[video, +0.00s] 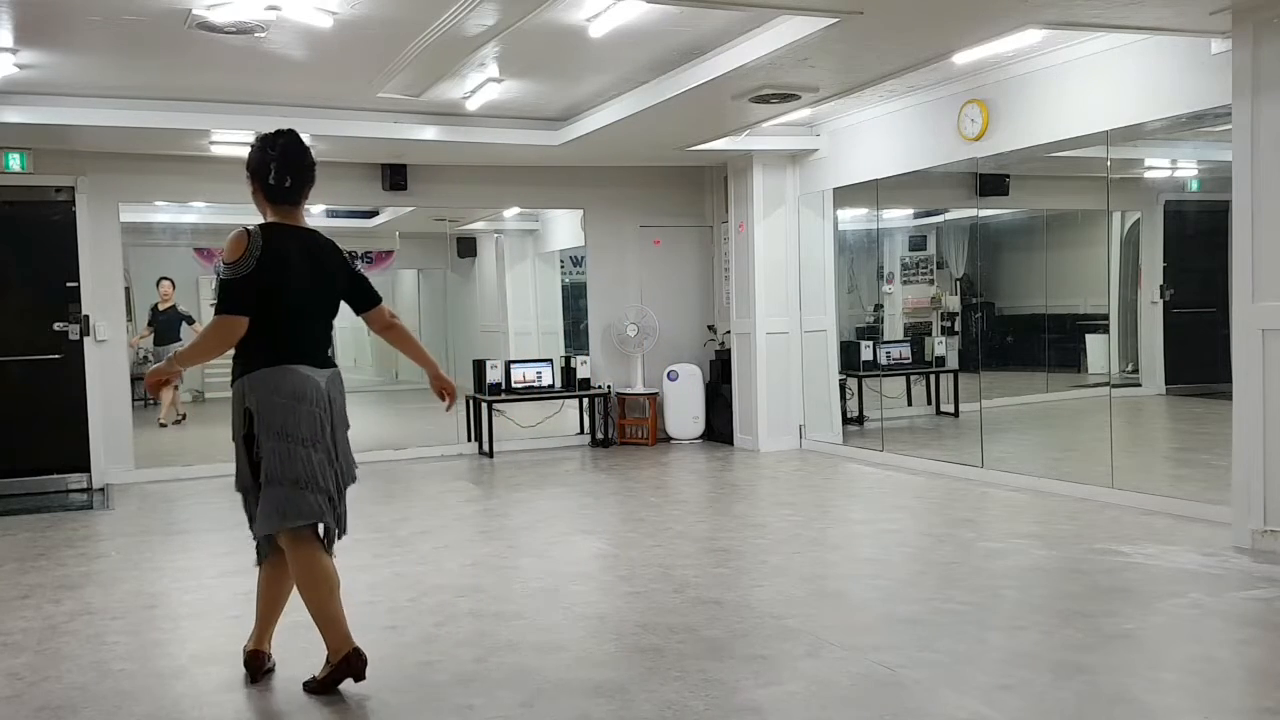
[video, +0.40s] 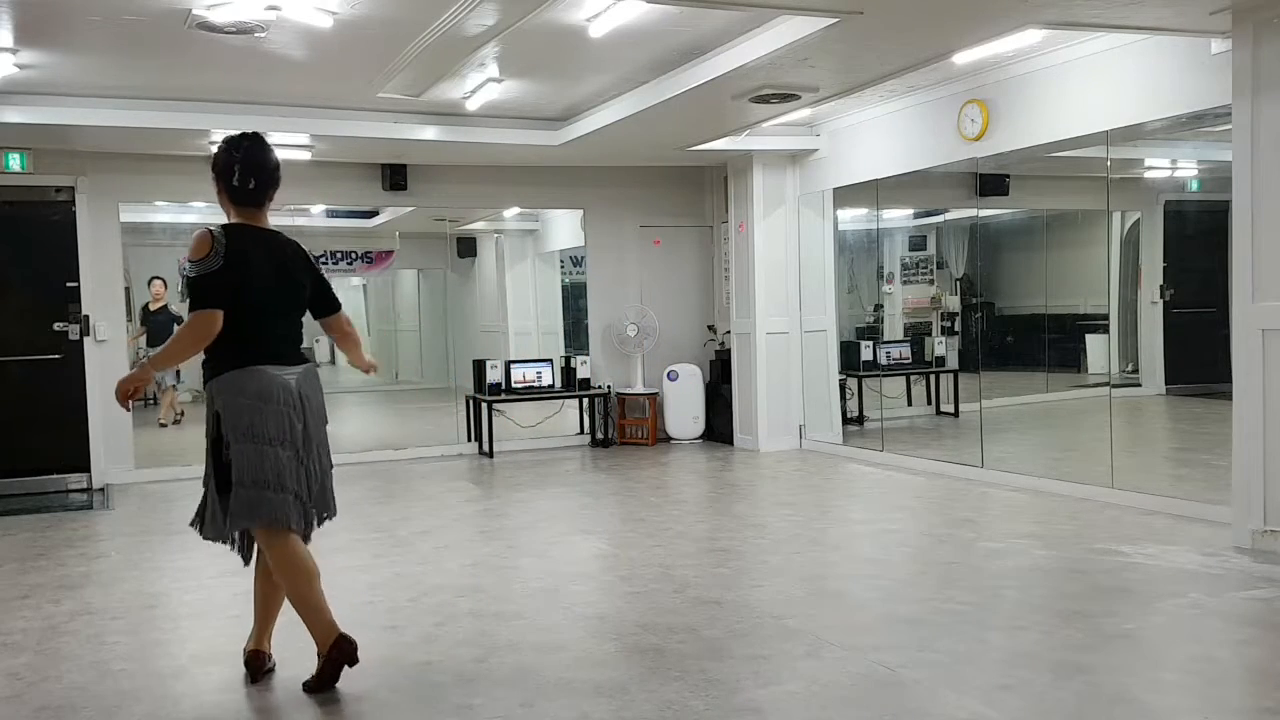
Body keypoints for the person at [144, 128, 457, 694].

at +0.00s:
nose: (250, 188)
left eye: (250, 181)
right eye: (254, 180)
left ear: (255, 187)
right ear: (309, 187)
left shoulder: (249, 246)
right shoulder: (329, 252)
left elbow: (231, 325)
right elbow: (381, 319)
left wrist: (176, 364)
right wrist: (432, 367)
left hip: (271, 389)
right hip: (325, 388)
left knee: (296, 523)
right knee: (284, 525)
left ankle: (341, 649)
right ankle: (259, 646)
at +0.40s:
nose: (213, 189)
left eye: (215, 181)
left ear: (219, 187)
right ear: (274, 188)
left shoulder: (215, 245)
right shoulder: (295, 252)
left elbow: (206, 322)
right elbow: (338, 324)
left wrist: (149, 370)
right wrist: (360, 357)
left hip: (246, 385)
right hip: (302, 382)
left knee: (272, 524)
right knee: (278, 525)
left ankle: (330, 639)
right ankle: (260, 647)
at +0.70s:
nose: (198, 194)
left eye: (196, 186)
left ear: (199, 194)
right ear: (255, 195)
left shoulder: (187, 251)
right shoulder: (276, 257)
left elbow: (168, 323)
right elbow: (319, 335)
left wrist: (111, 366)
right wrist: (307, 347)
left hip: (218, 398)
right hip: (285, 394)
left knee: (196, 527)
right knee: (275, 522)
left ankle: (246, 636)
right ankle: (259, 643)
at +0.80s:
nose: (193, 194)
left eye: (191, 187)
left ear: (193, 193)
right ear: (248, 195)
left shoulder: (178, 251)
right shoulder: (269, 255)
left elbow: (152, 321)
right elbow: (317, 334)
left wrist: (86, 360)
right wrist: (305, 350)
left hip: (205, 396)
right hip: (274, 394)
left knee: (179, 527)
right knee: (271, 521)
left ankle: (184, 656)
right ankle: (259, 647)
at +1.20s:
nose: (171, 192)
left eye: (149, 182)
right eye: (187, 183)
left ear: (140, 188)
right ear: (197, 191)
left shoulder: (113, 246)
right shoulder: (216, 253)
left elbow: (64, 320)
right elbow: (275, 321)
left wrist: (32, 300)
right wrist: (335, 353)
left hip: (137, 394)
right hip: (214, 392)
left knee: (137, 533)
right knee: (235, 522)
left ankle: (135, 671)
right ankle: (256, 647)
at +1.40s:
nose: (166, 194)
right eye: (170, 185)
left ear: (115, 190)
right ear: (171, 191)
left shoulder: (89, 250)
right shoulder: (190, 253)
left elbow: (63, 329)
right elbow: (247, 317)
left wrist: (86, 292)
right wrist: (329, 337)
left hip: (106, 395)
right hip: (184, 394)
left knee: (117, 532)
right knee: (195, 510)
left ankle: (133, 670)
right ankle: (210, 624)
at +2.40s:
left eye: (196, 186)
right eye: (236, 184)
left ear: (184, 191)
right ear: (239, 190)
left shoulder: (165, 250)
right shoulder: (266, 251)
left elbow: (131, 324)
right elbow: (333, 314)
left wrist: (81, 318)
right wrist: (362, 314)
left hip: (188, 396)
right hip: (262, 393)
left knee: (164, 523)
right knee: (277, 518)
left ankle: (136, 656)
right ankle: (286, 644)